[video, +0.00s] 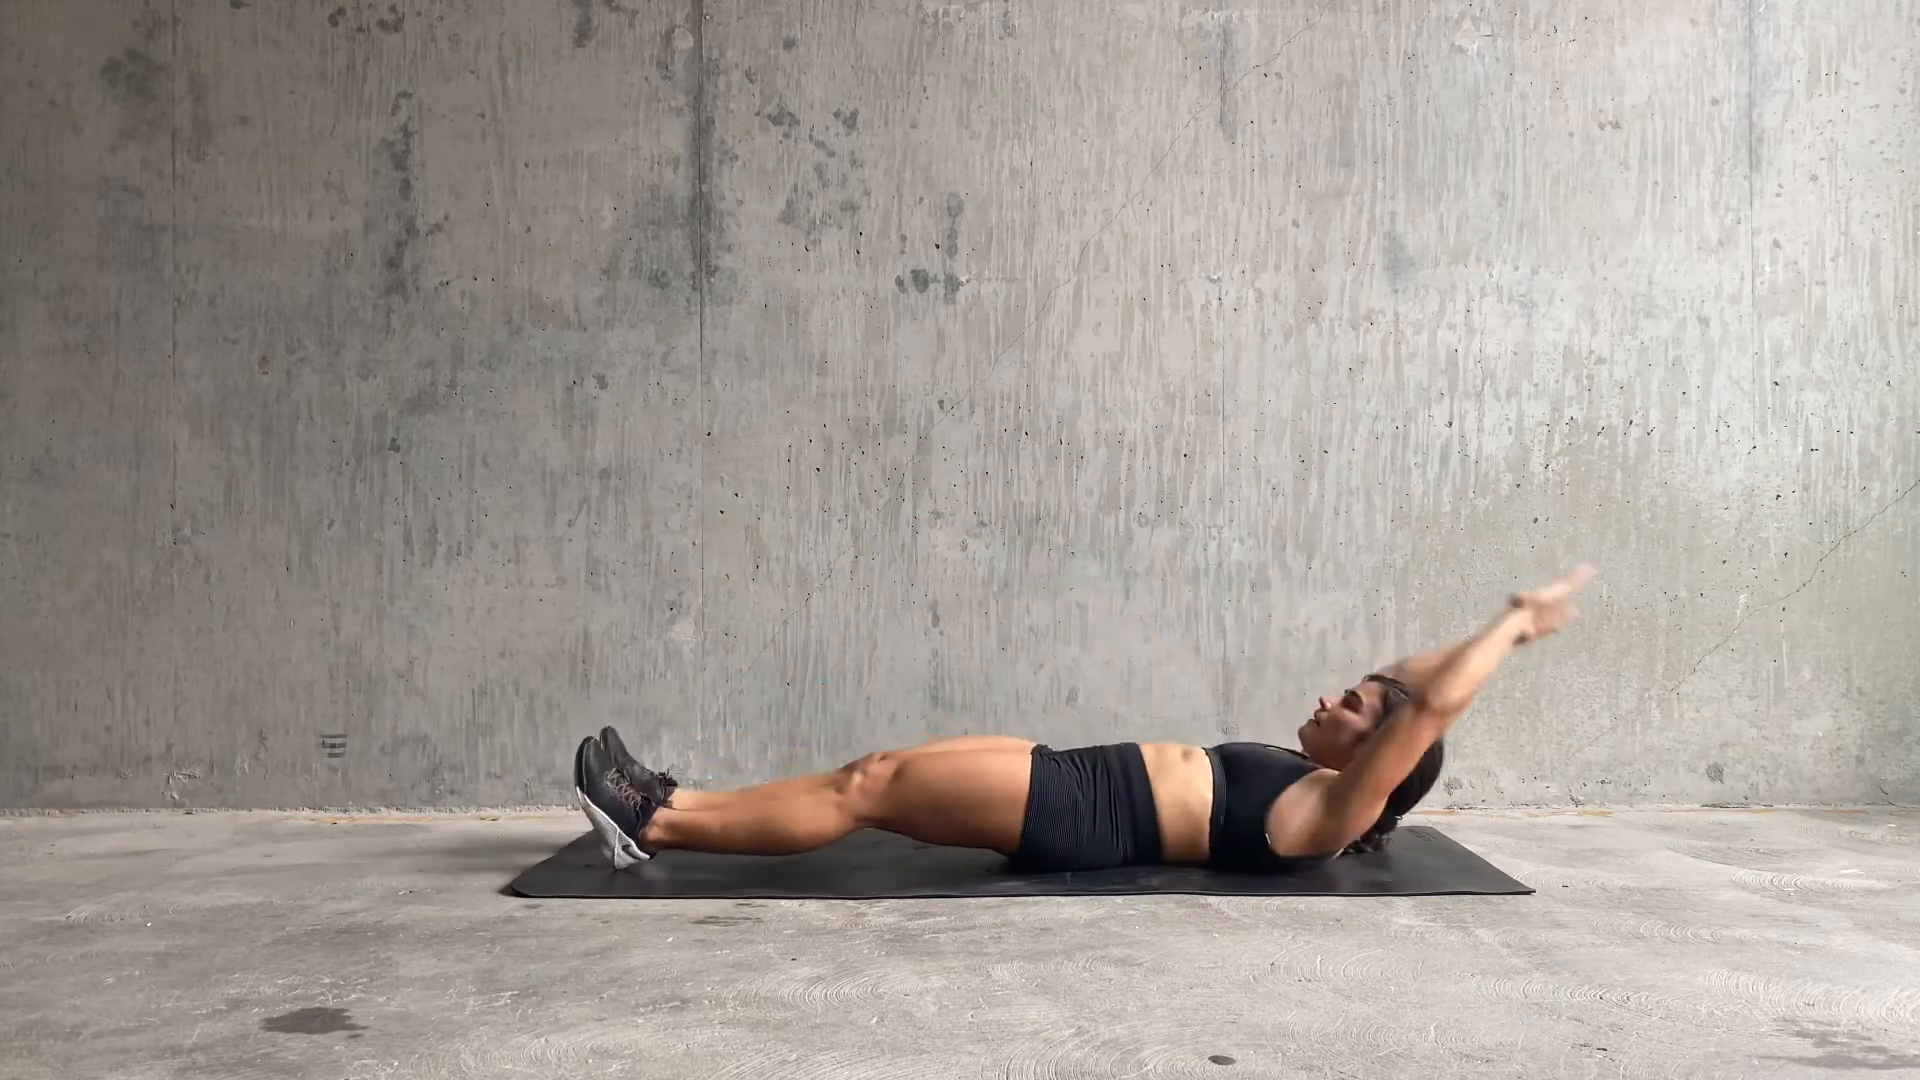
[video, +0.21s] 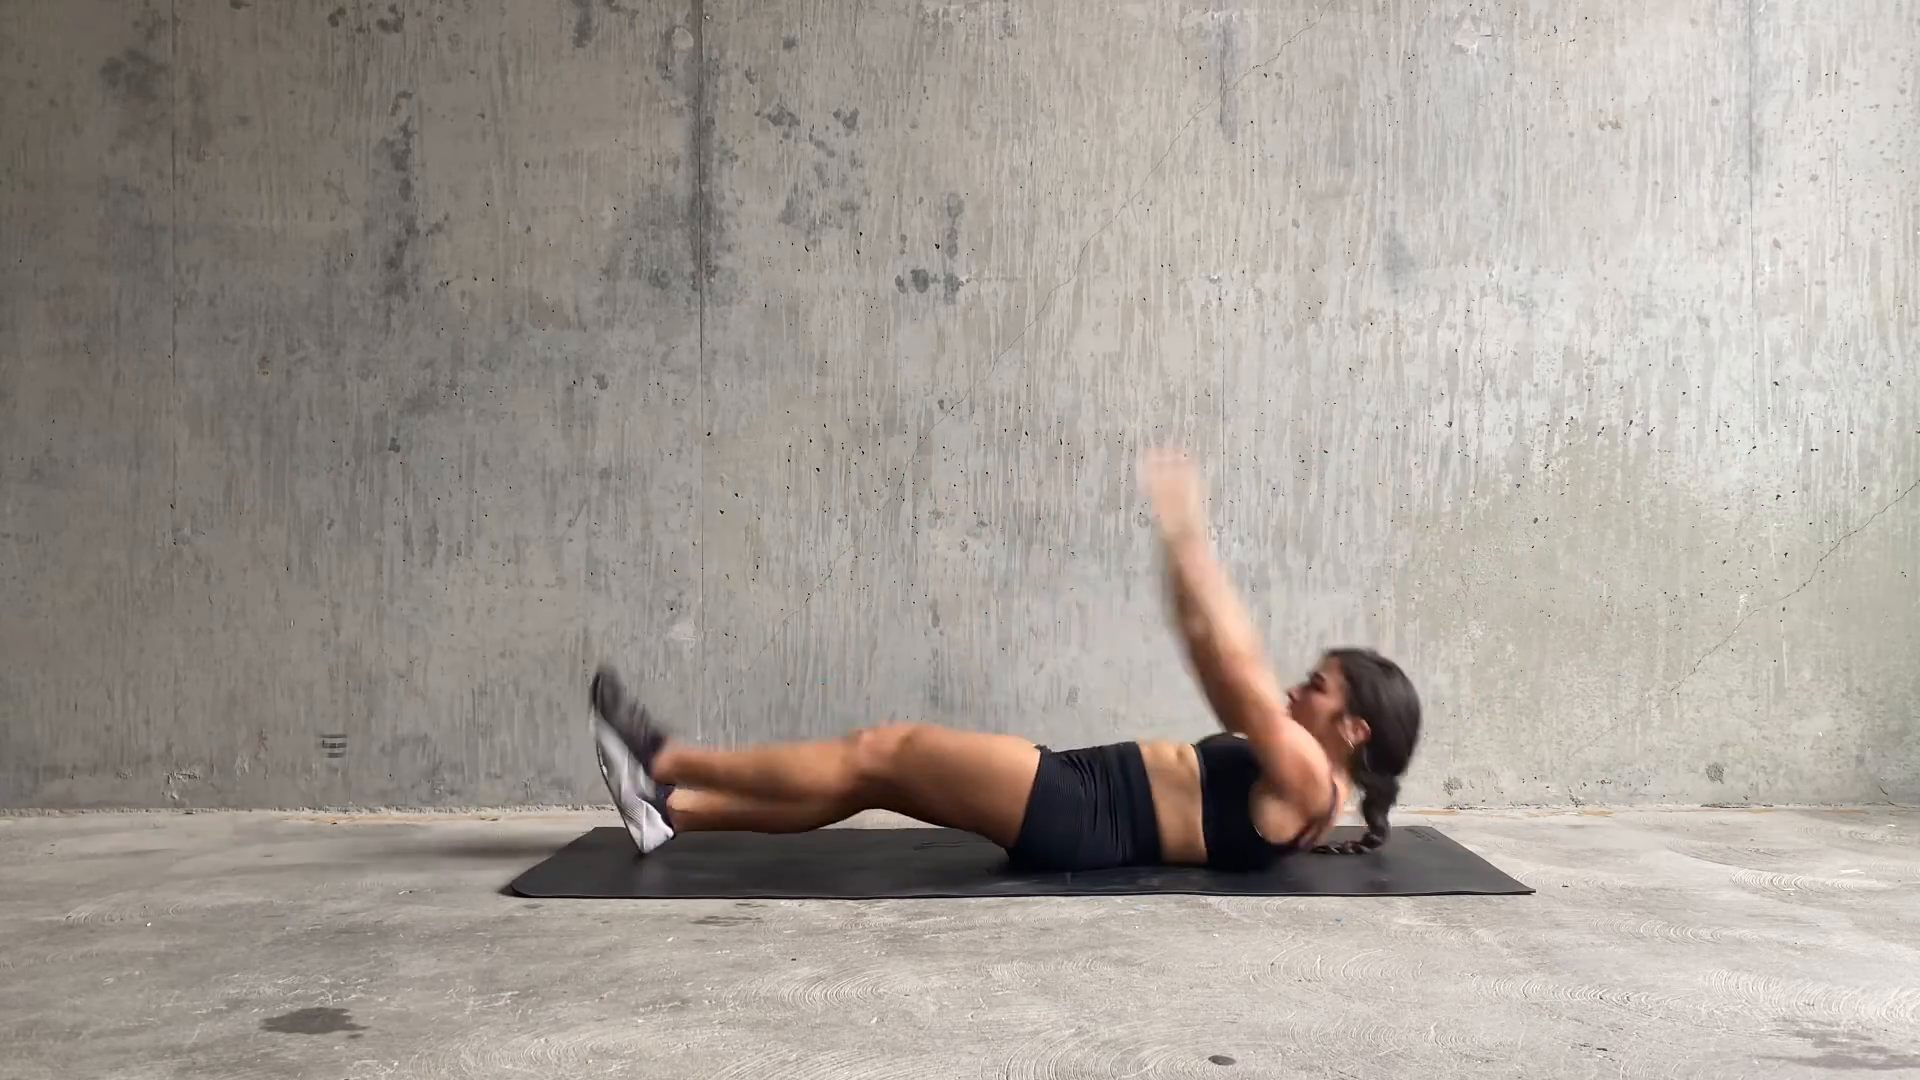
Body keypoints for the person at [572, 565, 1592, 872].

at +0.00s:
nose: (1338, 702)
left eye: (1358, 700)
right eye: (1352, 691)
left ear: (1380, 745)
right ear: (1361, 730)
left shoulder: (1324, 815)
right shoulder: (1313, 791)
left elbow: (1426, 708)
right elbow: (1410, 702)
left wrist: (1518, 628)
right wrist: (1500, 632)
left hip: (1089, 807)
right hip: (1089, 782)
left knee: (874, 785)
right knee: (874, 774)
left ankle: (659, 825)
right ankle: (668, 816)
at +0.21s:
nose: (1296, 696)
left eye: (1315, 691)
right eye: (1308, 684)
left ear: (1354, 729)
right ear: (1347, 726)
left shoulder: (1307, 778)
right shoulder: (1305, 778)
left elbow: (1220, 654)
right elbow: (1228, 654)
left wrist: (1185, 535)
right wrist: (1192, 554)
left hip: (1085, 812)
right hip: (1085, 800)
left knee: (887, 753)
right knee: (876, 782)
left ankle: (667, 770)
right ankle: (672, 803)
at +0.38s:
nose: (1220, 608)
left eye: (1236, 603)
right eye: (1228, 596)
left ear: (1276, 633)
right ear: (1265, 629)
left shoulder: (1243, 707)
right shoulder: (1215, 673)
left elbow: (1102, 665)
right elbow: (1089, 620)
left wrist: (978, 597)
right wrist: (998, 546)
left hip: (1069, 813)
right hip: (1059, 794)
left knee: (913, 664)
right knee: (856, 767)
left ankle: (732, 558)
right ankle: (655, 807)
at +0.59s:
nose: (1150, 538)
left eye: (1169, 534)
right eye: (1163, 527)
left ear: (1203, 573)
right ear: (1197, 569)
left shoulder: (1183, 650)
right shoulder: (1165, 621)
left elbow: (1032, 620)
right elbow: (1036, 571)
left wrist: (914, 559)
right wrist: (946, 491)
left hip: (1069, 814)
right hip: (1053, 791)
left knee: (997, 622)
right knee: (852, 768)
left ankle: (867, 438)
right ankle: (654, 807)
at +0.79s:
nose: (1206, 574)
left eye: (1224, 570)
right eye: (1216, 563)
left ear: (1262, 605)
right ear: (1253, 601)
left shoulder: (1227, 676)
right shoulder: (1218, 658)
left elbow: (1092, 620)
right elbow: (1101, 594)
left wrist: (980, 540)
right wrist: (1011, 503)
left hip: (1071, 817)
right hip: (1060, 800)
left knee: (949, 637)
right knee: (855, 777)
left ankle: (788, 494)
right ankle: (655, 807)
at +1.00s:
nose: (1273, 661)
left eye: (1293, 657)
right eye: (1285, 648)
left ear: (1328, 690)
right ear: (1327, 691)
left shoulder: (1291, 745)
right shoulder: (1282, 746)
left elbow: (1231, 626)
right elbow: (1230, 629)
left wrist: (1215, 493)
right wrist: (1219, 505)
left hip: (1075, 808)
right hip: (1072, 801)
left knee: (882, 714)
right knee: (862, 775)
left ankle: (669, 684)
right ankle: (660, 810)